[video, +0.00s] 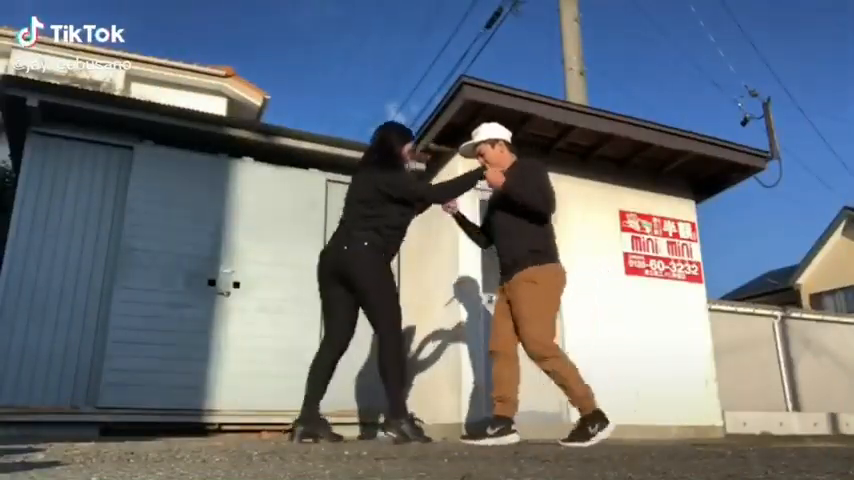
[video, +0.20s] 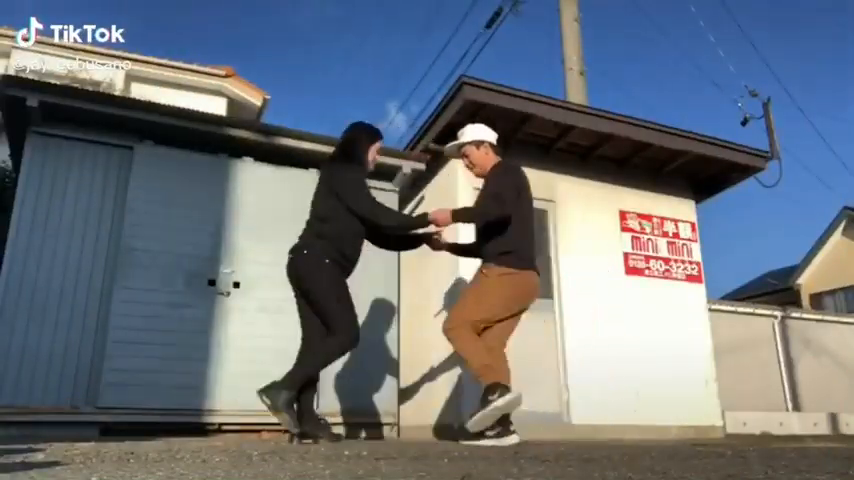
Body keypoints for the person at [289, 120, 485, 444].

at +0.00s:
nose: (413, 154)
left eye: (413, 148)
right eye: (409, 148)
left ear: (380, 146)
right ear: (396, 147)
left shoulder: (366, 174)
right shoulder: (392, 177)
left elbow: (410, 207)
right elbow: (436, 193)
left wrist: (431, 186)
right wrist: (480, 172)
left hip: (334, 258)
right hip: (366, 260)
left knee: (336, 338)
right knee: (390, 334)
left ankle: (308, 417)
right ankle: (398, 418)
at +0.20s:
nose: (377, 158)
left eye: (378, 152)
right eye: (375, 151)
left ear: (353, 146)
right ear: (362, 146)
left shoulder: (342, 178)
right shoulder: (345, 172)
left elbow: (382, 238)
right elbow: (375, 214)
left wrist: (423, 239)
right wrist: (426, 220)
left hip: (310, 263)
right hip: (318, 262)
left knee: (314, 342)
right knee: (346, 335)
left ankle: (307, 418)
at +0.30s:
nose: (368, 155)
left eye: (370, 149)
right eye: (366, 147)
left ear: (348, 144)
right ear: (350, 142)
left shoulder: (344, 183)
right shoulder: (327, 167)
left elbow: (375, 238)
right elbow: (358, 211)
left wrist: (415, 239)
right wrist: (401, 216)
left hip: (323, 270)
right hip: (294, 258)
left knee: (322, 339)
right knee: (289, 333)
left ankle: (307, 420)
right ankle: (233, 402)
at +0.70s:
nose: (360, 150)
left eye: (361, 144)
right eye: (358, 143)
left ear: (338, 140)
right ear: (343, 139)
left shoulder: (330, 172)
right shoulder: (332, 167)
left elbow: (358, 229)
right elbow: (367, 211)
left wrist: (394, 224)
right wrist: (413, 211)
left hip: (302, 255)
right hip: (300, 252)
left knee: (300, 336)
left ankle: (280, 418)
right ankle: (240, 388)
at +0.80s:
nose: (368, 147)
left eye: (369, 140)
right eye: (365, 139)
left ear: (338, 135)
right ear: (350, 136)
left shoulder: (323, 163)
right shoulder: (351, 166)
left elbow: (353, 216)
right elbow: (390, 204)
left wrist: (385, 207)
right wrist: (437, 210)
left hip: (292, 247)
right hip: (320, 248)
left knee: (289, 334)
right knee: (352, 321)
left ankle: (278, 418)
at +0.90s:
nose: (377, 146)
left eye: (378, 139)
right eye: (374, 139)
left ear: (345, 135)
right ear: (359, 136)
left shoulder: (325, 165)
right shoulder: (365, 170)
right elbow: (405, 204)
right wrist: (454, 210)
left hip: (300, 244)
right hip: (337, 244)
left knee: (293, 331)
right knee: (365, 324)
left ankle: (280, 418)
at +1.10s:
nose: (395, 150)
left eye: (396, 144)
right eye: (393, 143)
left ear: (367, 140)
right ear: (378, 141)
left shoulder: (350, 173)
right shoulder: (387, 173)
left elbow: (373, 208)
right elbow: (413, 210)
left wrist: (409, 221)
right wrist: (458, 215)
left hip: (334, 258)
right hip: (368, 259)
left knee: (342, 342)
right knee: (397, 336)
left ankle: (294, 410)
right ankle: (387, 420)